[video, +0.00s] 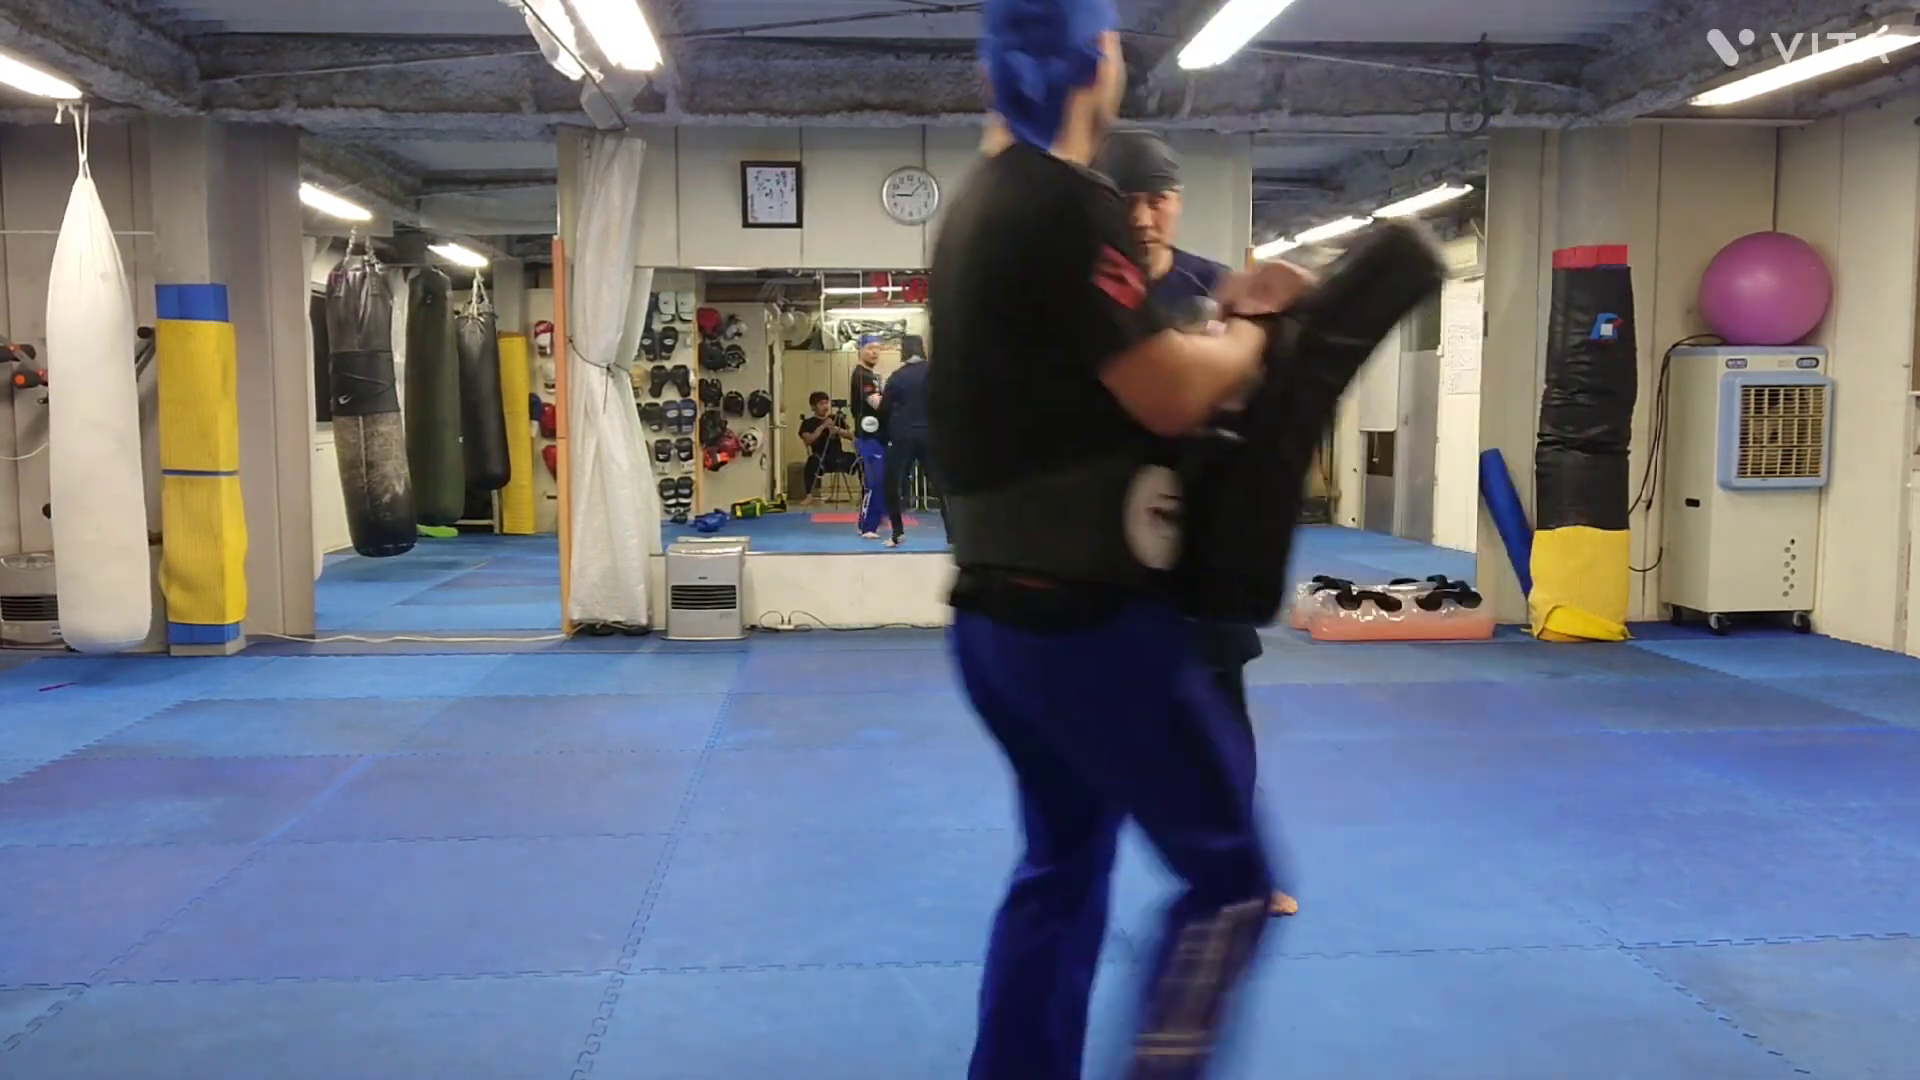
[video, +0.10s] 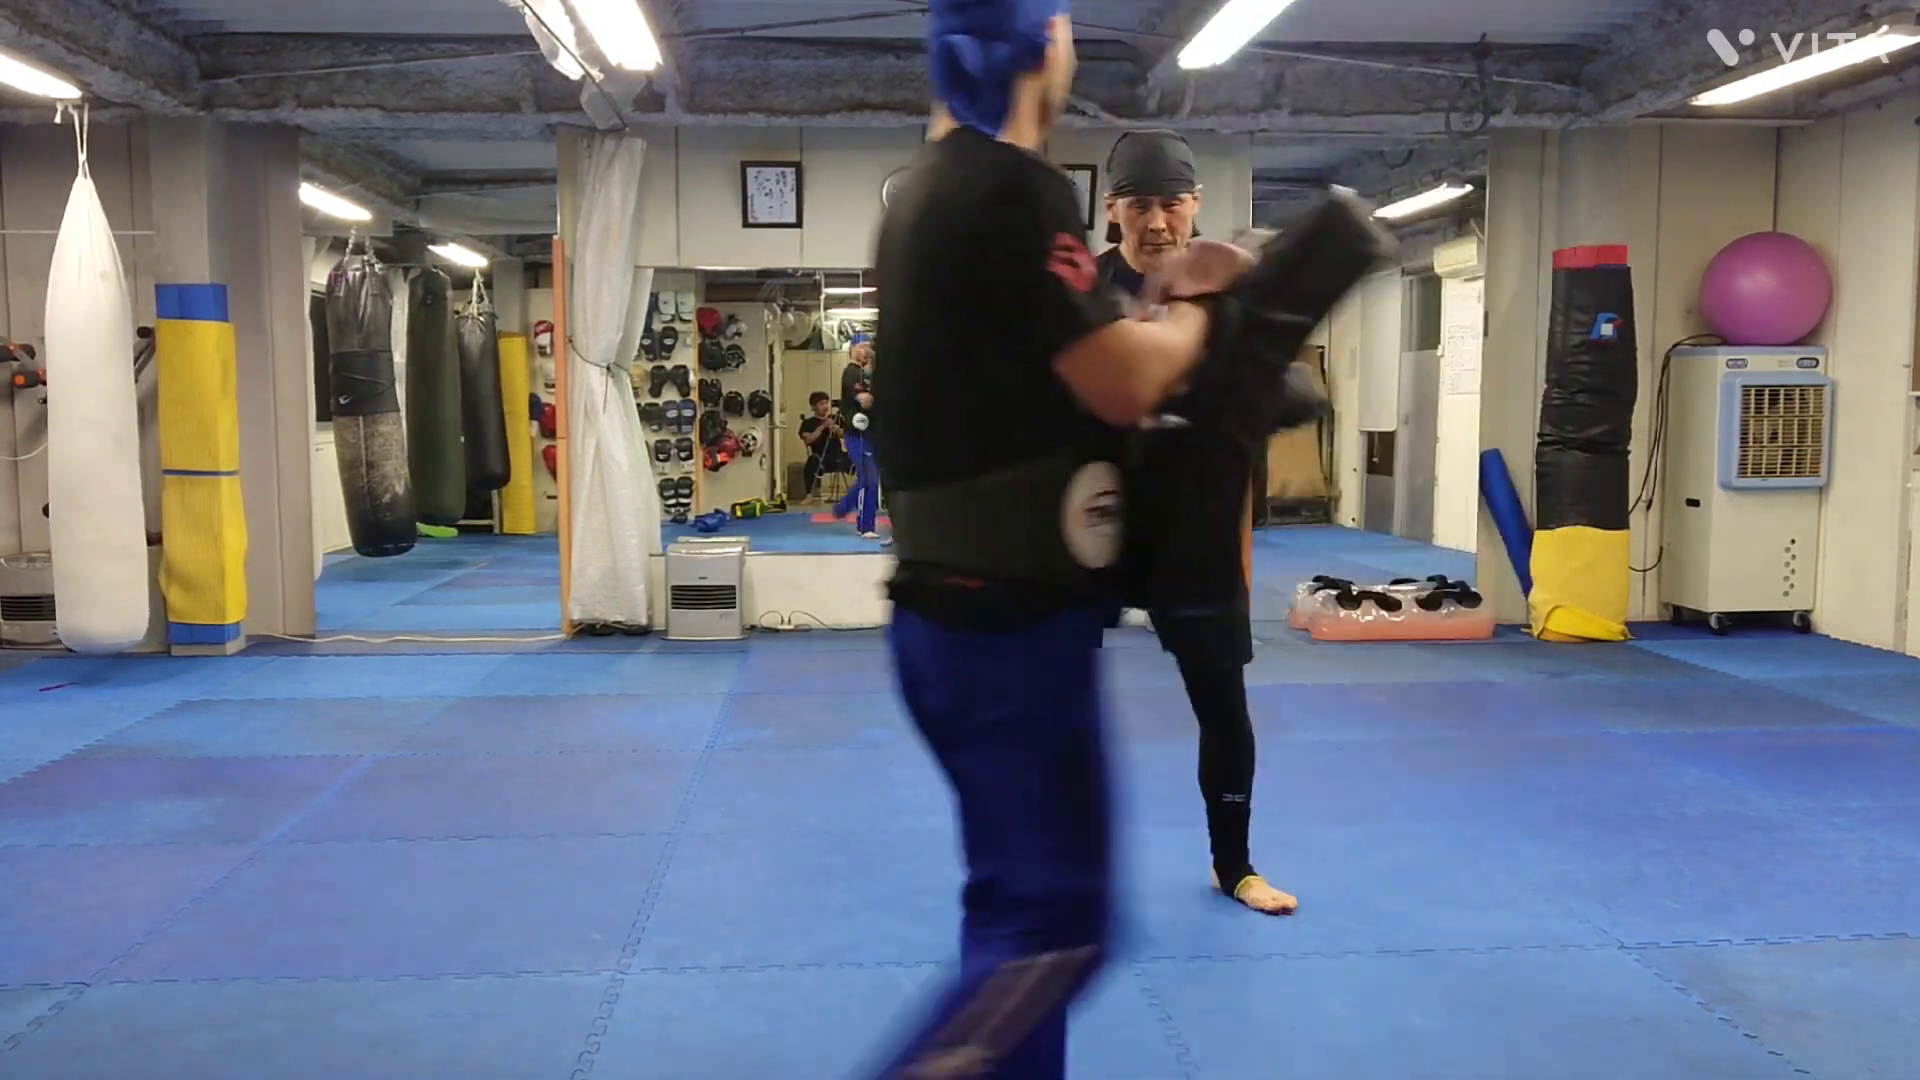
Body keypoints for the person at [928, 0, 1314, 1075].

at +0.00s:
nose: (1123, 62)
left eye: (1117, 44)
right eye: (1117, 44)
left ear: (1003, 70)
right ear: (1096, 60)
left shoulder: (979, 206)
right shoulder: (1060, 203)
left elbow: (1068, 380)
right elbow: (1170, 396)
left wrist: (1217, 320)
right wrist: (1245, 334)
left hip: (998, 617)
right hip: (1090, 623)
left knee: (1061, 877)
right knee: (1230, 878)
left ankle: (1018, 1072)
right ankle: (1162, 1063)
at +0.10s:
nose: (1072, 49)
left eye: (1066, 32)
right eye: (1065, 32)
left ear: (955, 59)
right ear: (1041, 48)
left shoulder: (927, 191)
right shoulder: (1009, 191)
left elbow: (1017, 377)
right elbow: (1126, 384)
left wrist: (1150, 307)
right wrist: (1192, 306)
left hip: (946, 607)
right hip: (1011, 618)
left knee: (1011, 904)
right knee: (1063, 923)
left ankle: (1017, 1069)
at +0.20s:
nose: (1025, 51)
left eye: (1018, 34)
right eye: (1017, 34)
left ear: (911, 63)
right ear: (992, 54)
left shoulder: (880, 192)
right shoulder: (961, 195)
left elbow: (953, 381)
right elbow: (1073, 401)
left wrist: (1084, 313)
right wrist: (1137, 316)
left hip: (899, 607)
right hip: (935, 618)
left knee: (1004, 862)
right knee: (879, 936)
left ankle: (1008, 1072)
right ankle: (744, 1077)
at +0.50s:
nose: (903, 41)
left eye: (901, 19)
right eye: (897, 16)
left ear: (802, 41)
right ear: (855, 34)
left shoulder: (782, 179)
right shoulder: (774, 184)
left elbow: (886, 377)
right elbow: (903, 399)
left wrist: (971, 294)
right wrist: (990, 283)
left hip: (812, 615)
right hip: (784, 629)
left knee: (873, 835)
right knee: (780, 920)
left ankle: (820, 1058)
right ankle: (710, 1078)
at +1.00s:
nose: (813, 51)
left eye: (809, 29)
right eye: (807, 29)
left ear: (682, 39)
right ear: (770, 41)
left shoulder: (657, 164)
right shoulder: (687, 173)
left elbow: (701, 378)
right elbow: (746, 401)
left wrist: (807, 294)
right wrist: (826, 301)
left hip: (656, 596)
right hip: (656, 610)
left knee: (727, 824)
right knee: (685, 881)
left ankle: (682, 1045)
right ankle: (641, 1068)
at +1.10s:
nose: (721, 59)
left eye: (719, 40)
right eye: (710, 37)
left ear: (637, 56)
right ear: (660, 49)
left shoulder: (597, 179)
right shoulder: (580, 179)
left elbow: (667, 346)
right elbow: (673, 368)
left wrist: (776, 296)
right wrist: (791, 294)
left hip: (603, 612)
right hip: (611, 619)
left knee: (602, 857)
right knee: (648, 924)